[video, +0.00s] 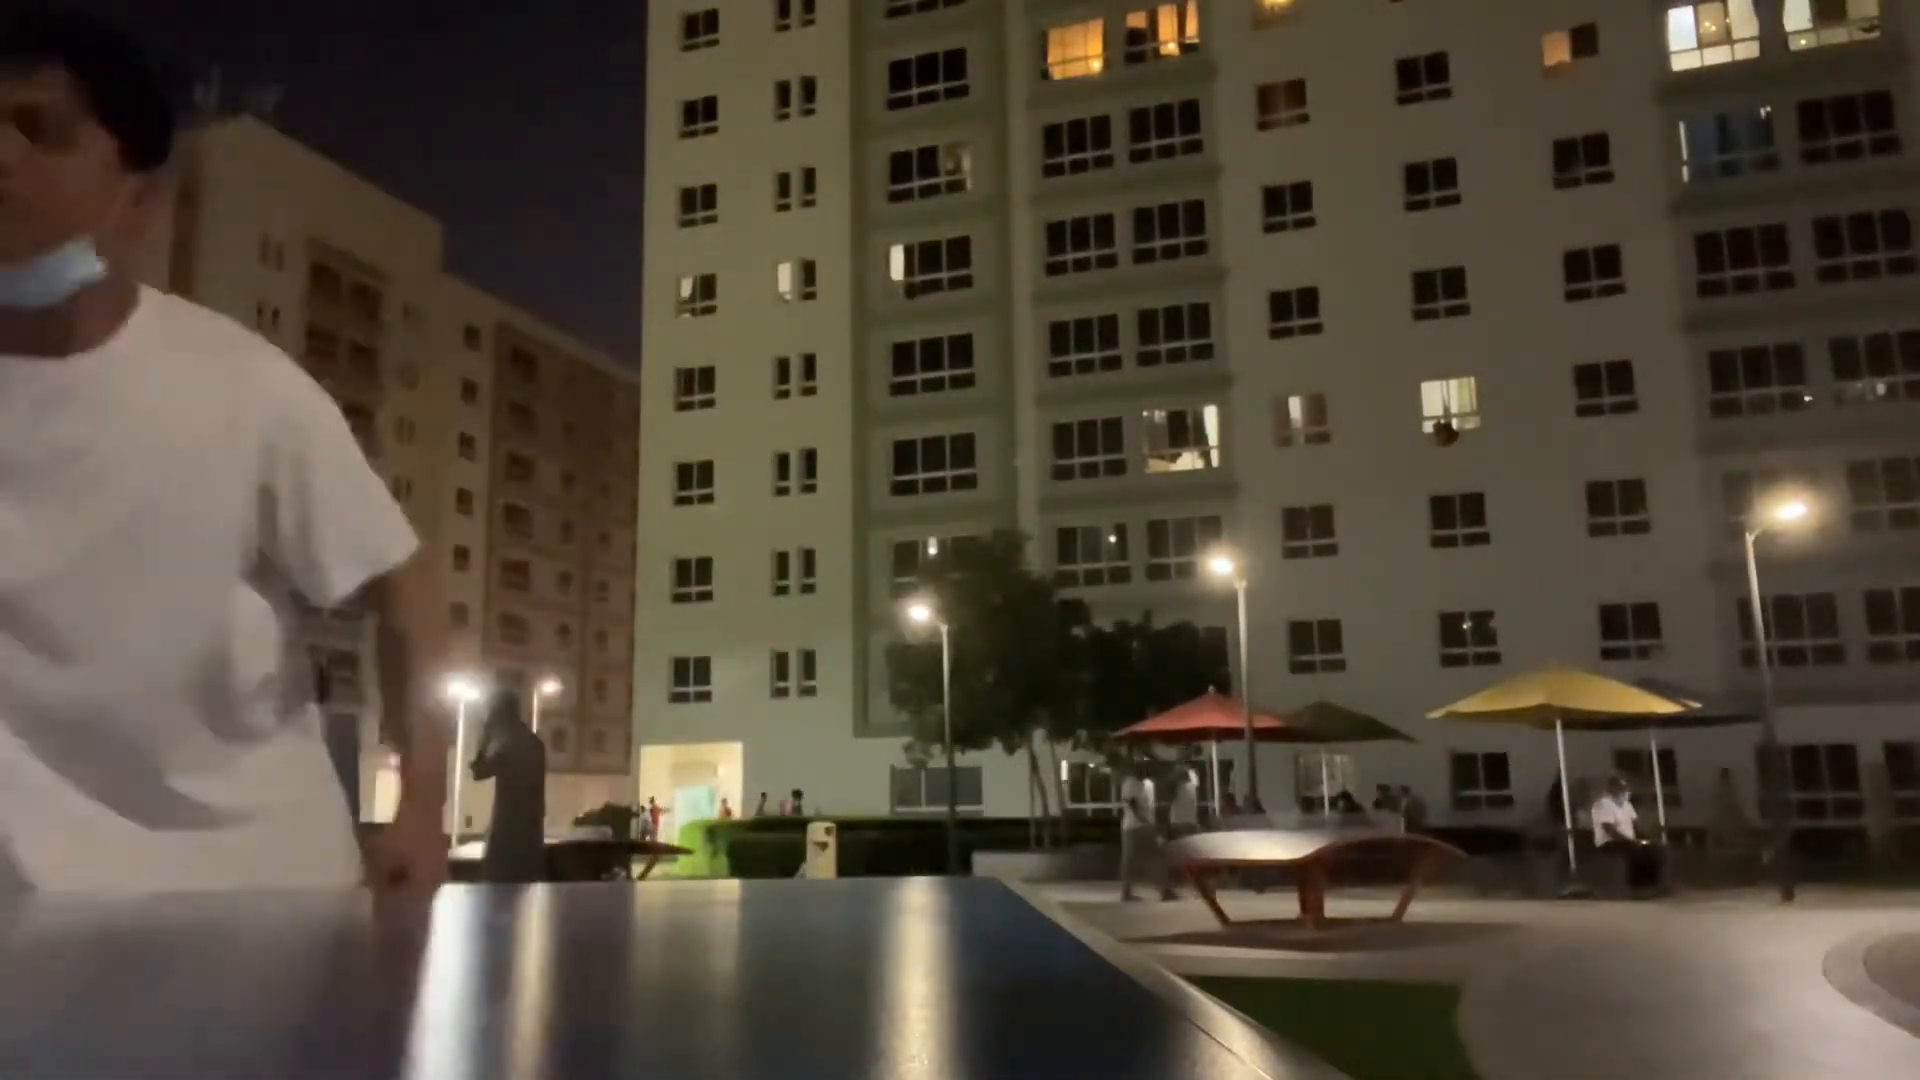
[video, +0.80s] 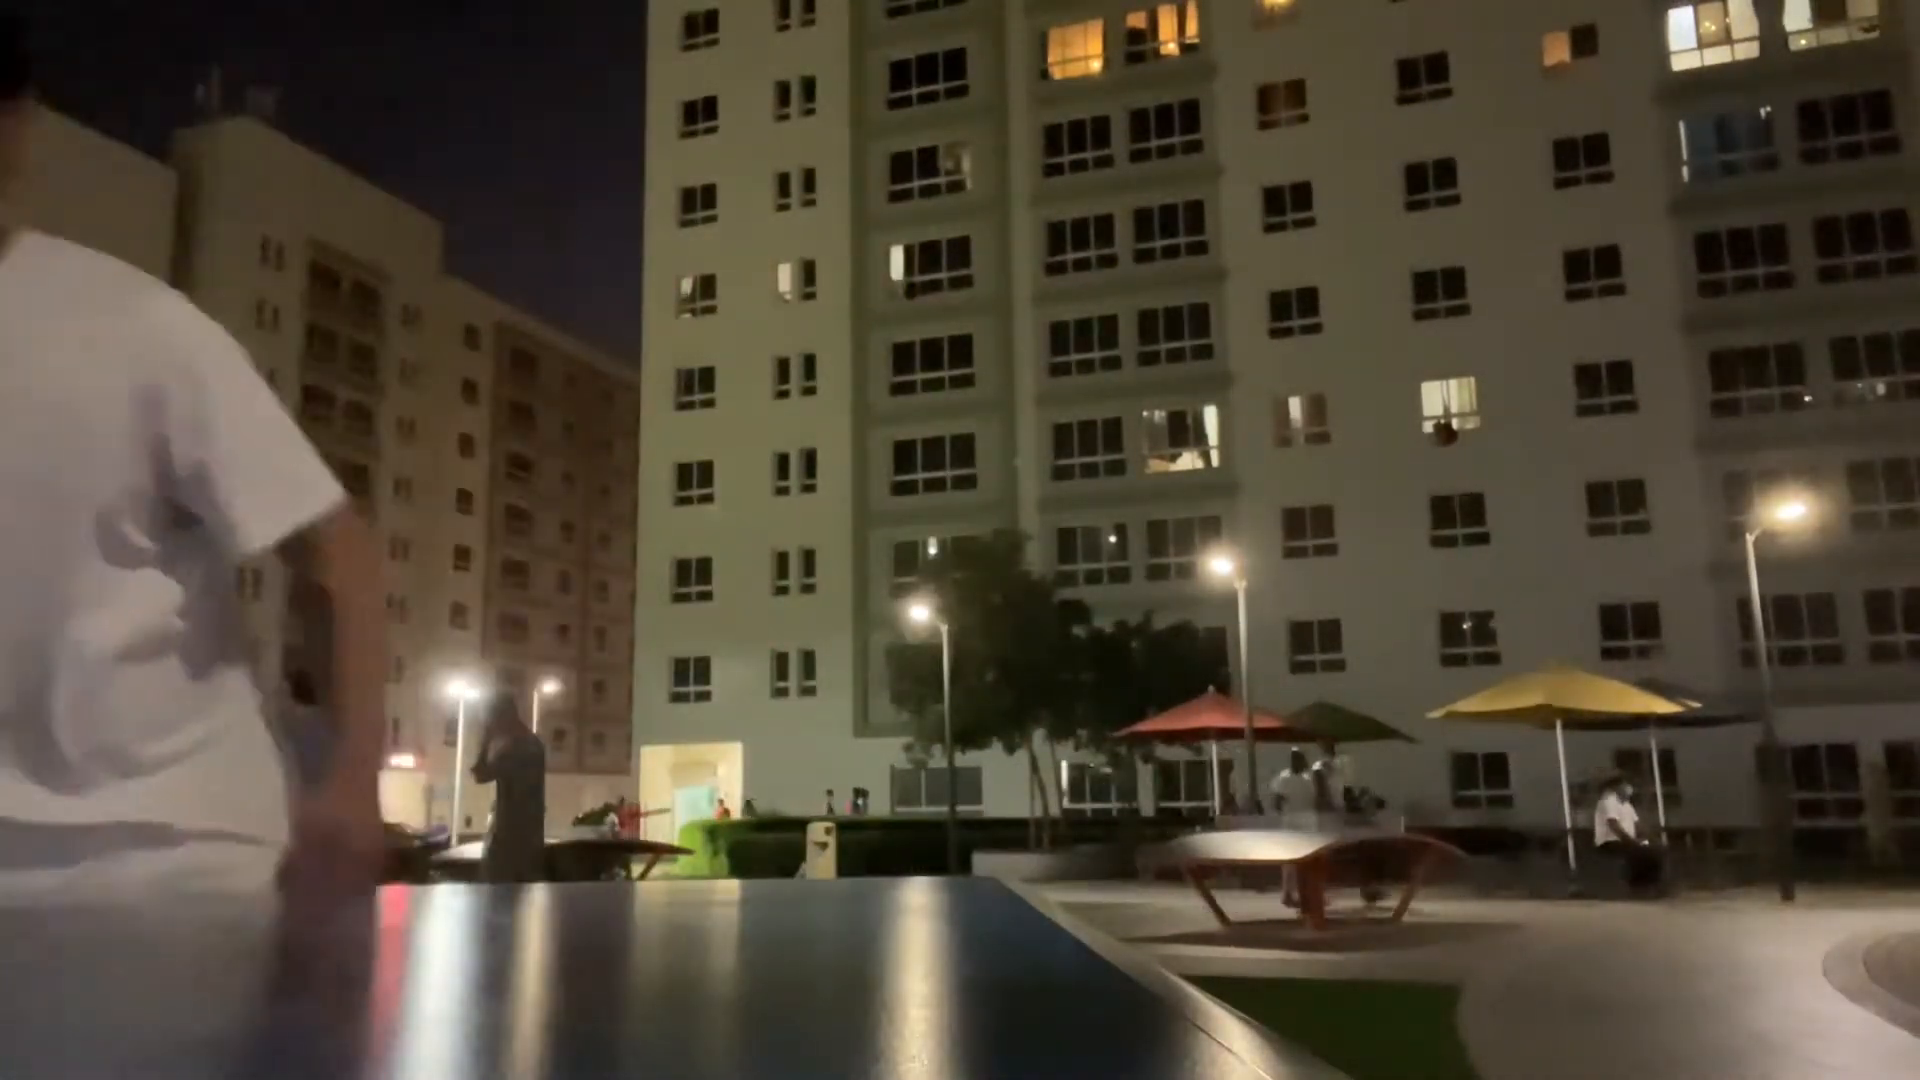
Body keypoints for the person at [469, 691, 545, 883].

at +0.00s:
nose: (489, 716)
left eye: (492, 711)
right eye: (490, 711)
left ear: (499, 712)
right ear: (514, 710)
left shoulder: (507, 742)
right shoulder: (534, 742)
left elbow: (479, 770)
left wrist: (487, 731)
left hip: (509, 826)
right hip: (531, 827)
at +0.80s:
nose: (490, 723)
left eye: (491, 718)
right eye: (490, 718)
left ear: (499, 716)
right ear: (512, 713)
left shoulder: (509, 746)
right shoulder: (534, 743)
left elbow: (481, 775)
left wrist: (486, 737)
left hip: (509, 827)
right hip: (531, 826)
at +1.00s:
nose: (494, 722)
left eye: (496, 717)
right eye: (495, 717)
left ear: (502, 717)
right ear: (514, 715)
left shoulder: (514, 744)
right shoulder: (534, 741)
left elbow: (481, 773)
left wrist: (486, 737)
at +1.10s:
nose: (489, 720)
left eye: (491, 716)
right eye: (490, 716)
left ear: (499, 716)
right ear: (514, 714)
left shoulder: (511, 743)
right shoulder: (532, 740)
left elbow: (482, 775)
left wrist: (485, 736)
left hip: (511, 814)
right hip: (528, 812)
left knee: (495, 867)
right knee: (506, 866)